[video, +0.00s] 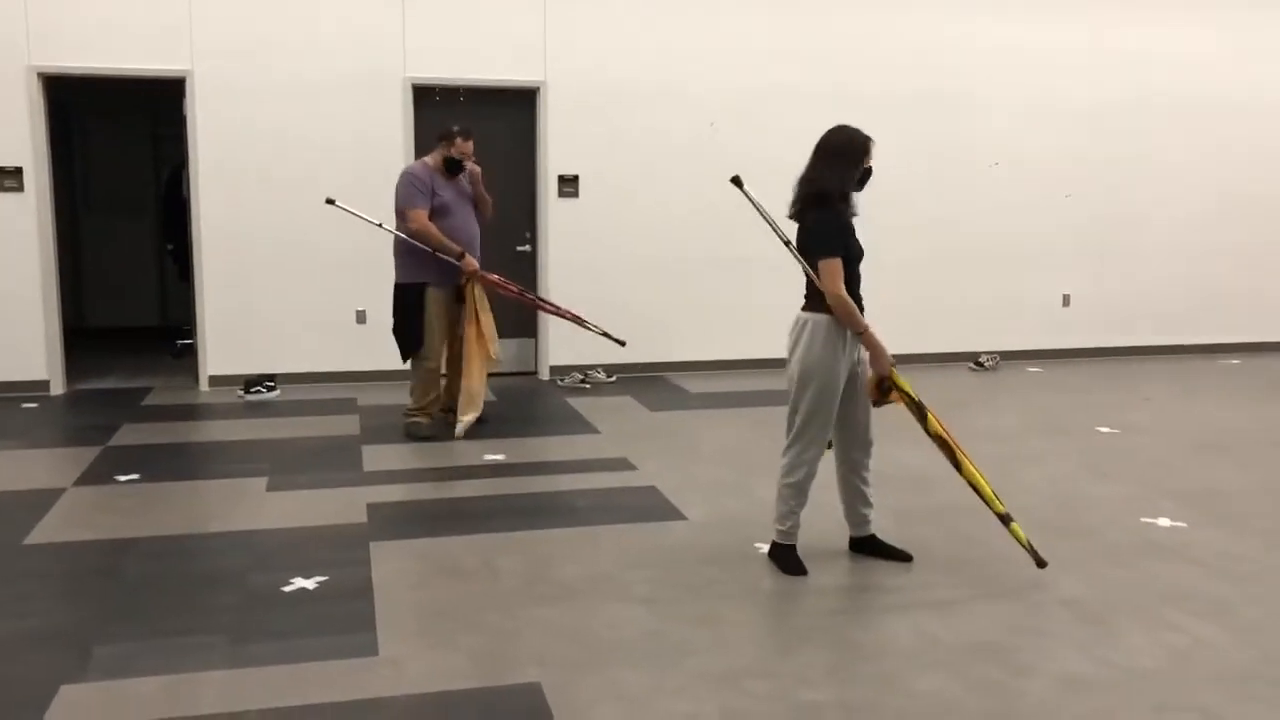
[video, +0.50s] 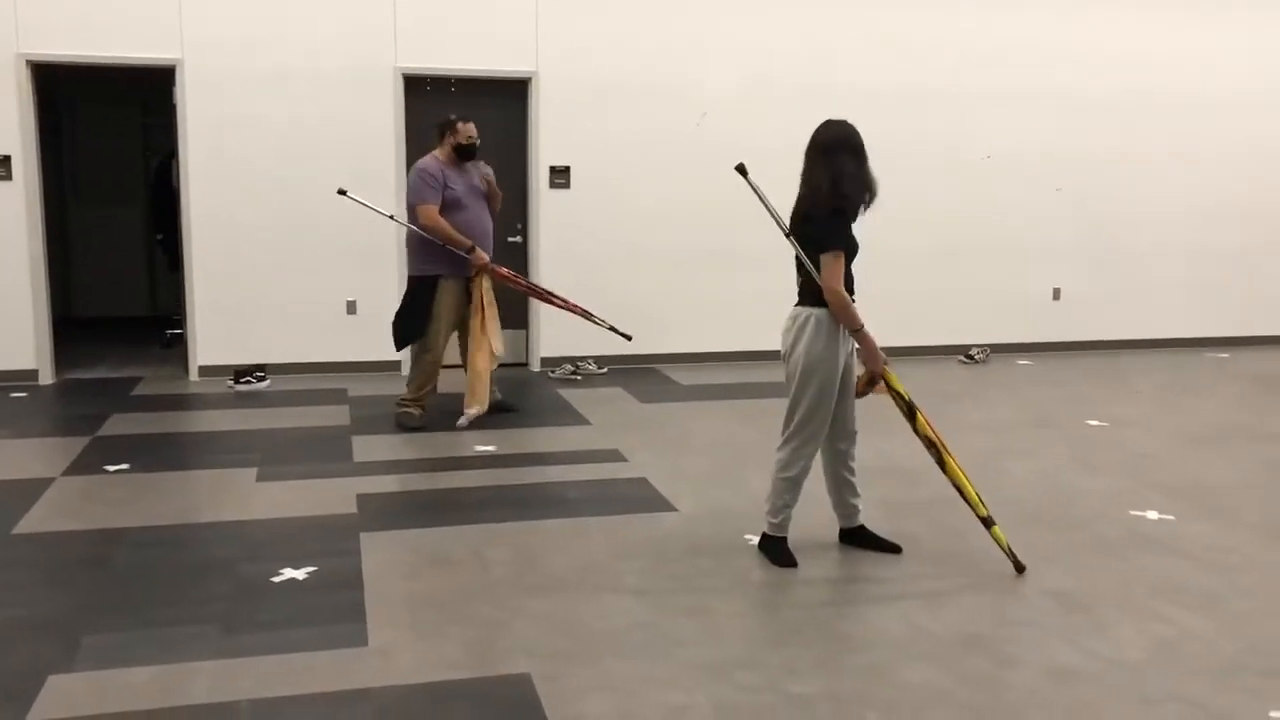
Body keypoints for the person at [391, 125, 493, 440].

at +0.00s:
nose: (463, 163)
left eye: (467, 159)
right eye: (459, 157)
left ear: (469, 154)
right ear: (443, 148)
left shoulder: (462, 176)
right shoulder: (416, 175)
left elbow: (484, 216)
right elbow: (417, 223)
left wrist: (477, 185)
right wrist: (459, 254)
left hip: (460, 278)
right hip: (425, 279)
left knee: (462, 347)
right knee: (429, 352)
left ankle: (456, 406)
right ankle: (419, 415)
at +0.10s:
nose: (461, 161)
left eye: (465, 156)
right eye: (458, 154)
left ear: (466, 152)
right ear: (442, 145)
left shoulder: (458, 174)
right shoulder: (414, 174)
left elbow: (481, 213)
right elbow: (418, 223)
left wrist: (475, 183)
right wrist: (460, 252)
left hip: (461, 275)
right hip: (425, 278)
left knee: (473, 338)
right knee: (426, 349)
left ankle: (461, 392)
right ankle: (416, 411)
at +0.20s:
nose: (462, 158)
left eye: (465, 154)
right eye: (458, 153)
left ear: (468, 150)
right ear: (441, 143)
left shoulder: (458, 172)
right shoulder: (414, 172)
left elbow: (482, 212)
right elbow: (419, 221)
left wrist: (475, 181)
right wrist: (461, 250)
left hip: (463, 274)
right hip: (426, 277)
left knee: (475, 340)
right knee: (426, 349)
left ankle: (478, 401)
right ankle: (415, 411)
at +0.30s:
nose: (465, 154)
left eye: (467, 150)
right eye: (461, 149)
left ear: (466, 147)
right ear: (444, 142)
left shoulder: (460, 171)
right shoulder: (417, 171)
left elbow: (483, 210)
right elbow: (420, 221)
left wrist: (477, 178)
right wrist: (463, 251)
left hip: (463, 272)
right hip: (427, 275)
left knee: (476, 340)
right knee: (427, 348)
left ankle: (488, 397)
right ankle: (414, 410)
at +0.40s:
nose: (469, 151)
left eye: (471, 146)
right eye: (465, 146)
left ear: (471, 145)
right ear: (446, 141)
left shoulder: (464, 169)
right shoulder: (420, 172)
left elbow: (489, 211)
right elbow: (424, 221)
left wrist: (482, 178)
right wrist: (467, 250)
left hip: (468, 271)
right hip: (433, 274)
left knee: (476, 340)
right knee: (428, 346)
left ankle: (486, 398)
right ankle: (412, 408)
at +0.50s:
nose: (474, 144)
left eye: (476, 139)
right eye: (468, 139)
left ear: (475, 140)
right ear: (450, 138)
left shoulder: (473, 168)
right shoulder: (427, 169)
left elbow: (492, 211)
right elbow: (428, 218)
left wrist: (492, 187)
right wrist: (470, 248)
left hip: (474, 269)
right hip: (439, 271)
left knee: (479, 337)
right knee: (431, 343)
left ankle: (485, 397)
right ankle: (411, 405)